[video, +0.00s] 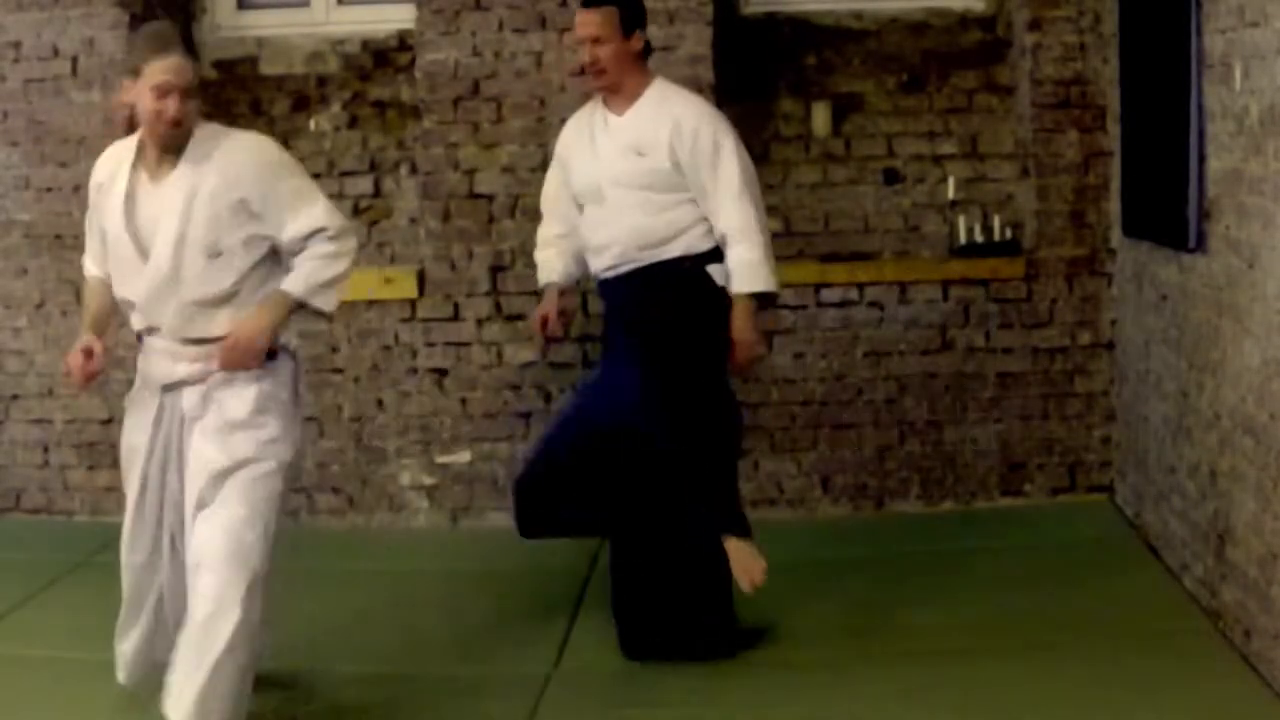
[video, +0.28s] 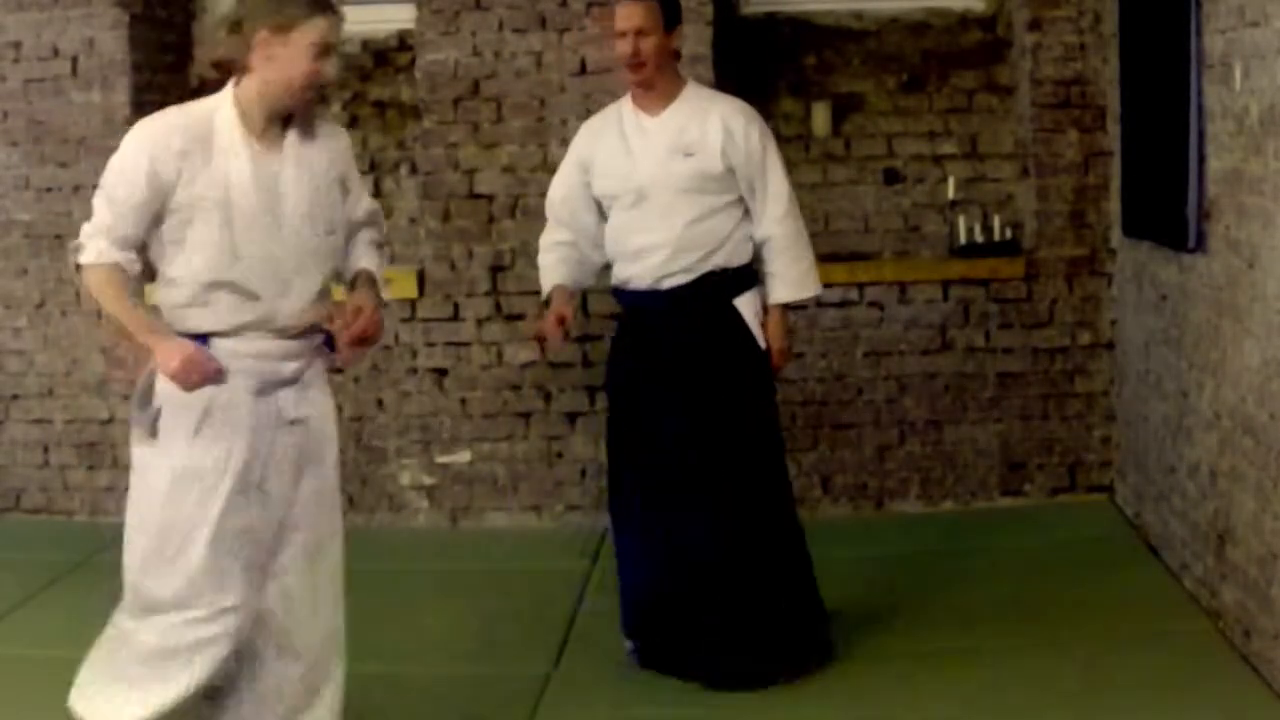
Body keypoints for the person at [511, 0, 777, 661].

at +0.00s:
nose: (585, 55)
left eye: (598, 42)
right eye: (580, 44)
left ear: (637, 43)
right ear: (579, 51)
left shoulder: (689, 117)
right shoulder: (578, 131)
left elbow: (738, 208)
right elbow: (558, 215)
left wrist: (744, 308)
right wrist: (556, 287)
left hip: (690, 292)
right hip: (625, 302)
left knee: (677, 452)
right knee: (652, 460)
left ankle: (723, 538)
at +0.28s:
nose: (629, 48)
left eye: (641, 33)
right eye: (619, 37)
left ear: (672, 37)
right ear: (611, 46)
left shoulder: (731, 122)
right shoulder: (595, 139)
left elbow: (777, 220)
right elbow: (566, 225)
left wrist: (777, 314)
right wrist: (559, 292)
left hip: (722, 321)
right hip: (642, 327)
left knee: (739, 479)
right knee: (647, 483)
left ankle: (758, 634)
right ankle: (661, 635)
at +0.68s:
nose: (648, 48)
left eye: (661, 35)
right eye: (637, 36)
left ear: (686, 45)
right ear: (623, 46)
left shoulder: (732, 129)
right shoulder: (587, 136)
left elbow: (783, 210)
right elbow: (545, 221)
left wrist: (771, 268)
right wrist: (577, 271)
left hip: (714, 328)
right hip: (625, 331)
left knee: (738, 489)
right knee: (619, 495)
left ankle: (758, 642)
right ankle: (617, 657)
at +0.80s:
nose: (632, 52)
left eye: (645, 39)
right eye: (621, 40)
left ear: (670, 49)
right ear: (606, 49)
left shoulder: (710, 132)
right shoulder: (576, 136)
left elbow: (753, 216)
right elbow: (549, 228)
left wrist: (734, 254)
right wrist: (571, 291)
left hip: (694, 328)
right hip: (606, 330)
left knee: (734, 485)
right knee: (618, 495)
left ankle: (775, 638)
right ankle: (627, 652)